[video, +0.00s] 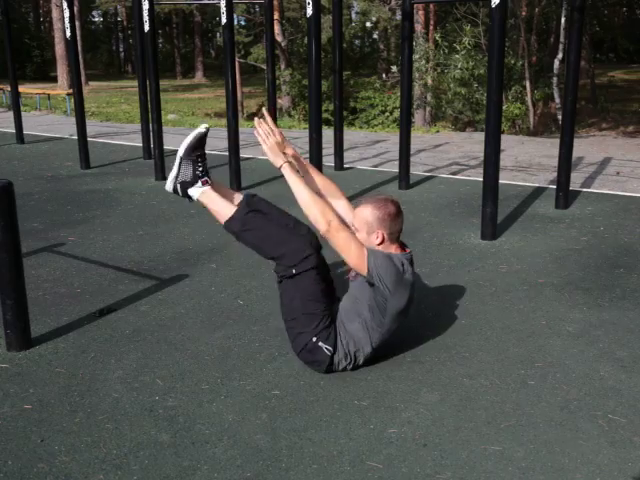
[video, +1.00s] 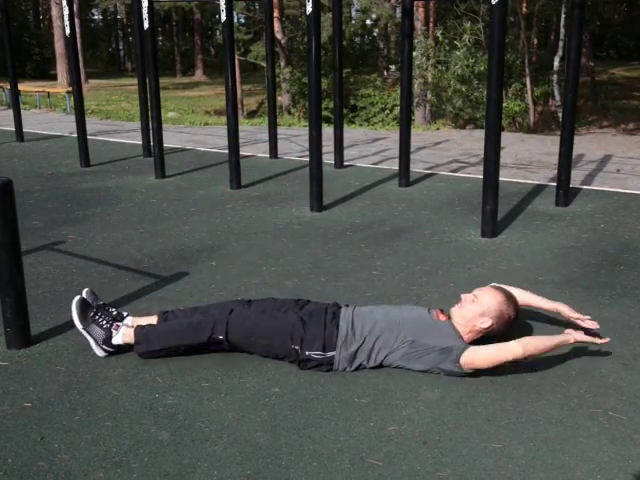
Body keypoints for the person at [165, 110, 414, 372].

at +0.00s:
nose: (352, 234)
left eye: (357, 228)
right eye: (353, 226)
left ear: (378, 237)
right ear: (383, 235)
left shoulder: (388, 271)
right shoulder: (392, 254)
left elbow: (328, 226)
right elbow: (338, 202)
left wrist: (283, 164)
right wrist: (295, 159)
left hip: (325, 348)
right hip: (334, 328)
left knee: (300, 250)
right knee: (303, 239)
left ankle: (196, 188)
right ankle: (204, 184)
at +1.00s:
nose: (475, 294)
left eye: (484, 301)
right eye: (482, 295)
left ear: (482, 327)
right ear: (471, 306)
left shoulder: (443, 347)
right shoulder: (440, 318)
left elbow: (513, 350)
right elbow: (509, 292)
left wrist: (569, 337)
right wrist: (565, 312)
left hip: (317, 338)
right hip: (320, 316)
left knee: (222, 321)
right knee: (225, 310)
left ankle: (120, 337)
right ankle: (126, 324)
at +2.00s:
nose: (437, 251)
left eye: (445, 249)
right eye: (440, 246)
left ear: (452, 269)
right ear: (447, 263)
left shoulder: (438, 315)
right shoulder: (432, 288)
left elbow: (434, 271)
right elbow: (422, 227)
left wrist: (454, 205)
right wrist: (437, 180)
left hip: (324, 337)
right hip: (330, 314)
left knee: (240, 268)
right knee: (246, 258)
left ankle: (123, 262)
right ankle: (139, 247)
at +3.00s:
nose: (435, 252)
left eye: (445, 252)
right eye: (442, 248)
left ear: (458, 274)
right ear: (456, 271)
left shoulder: (434, 308)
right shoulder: (436, 293)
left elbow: (405, 247)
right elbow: (409, 242)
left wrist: (410, 173)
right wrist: (413, 168)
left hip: (322, 334)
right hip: (327, 309)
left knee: (252, 254)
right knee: (257, 249)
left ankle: (138, 243)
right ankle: (150, 241)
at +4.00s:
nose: (496, 298)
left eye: (505, 305)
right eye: (504, 300)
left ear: (499, 327)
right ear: (494, 308)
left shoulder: (459, 340)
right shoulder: (454, 314)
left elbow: (526, 368)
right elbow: (526, 305)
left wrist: (581, 356)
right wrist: (585, 330)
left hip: (329, 329)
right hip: (329, 307)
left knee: (229, 317)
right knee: (229, 304)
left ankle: (117, 333)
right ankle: (125, 316)